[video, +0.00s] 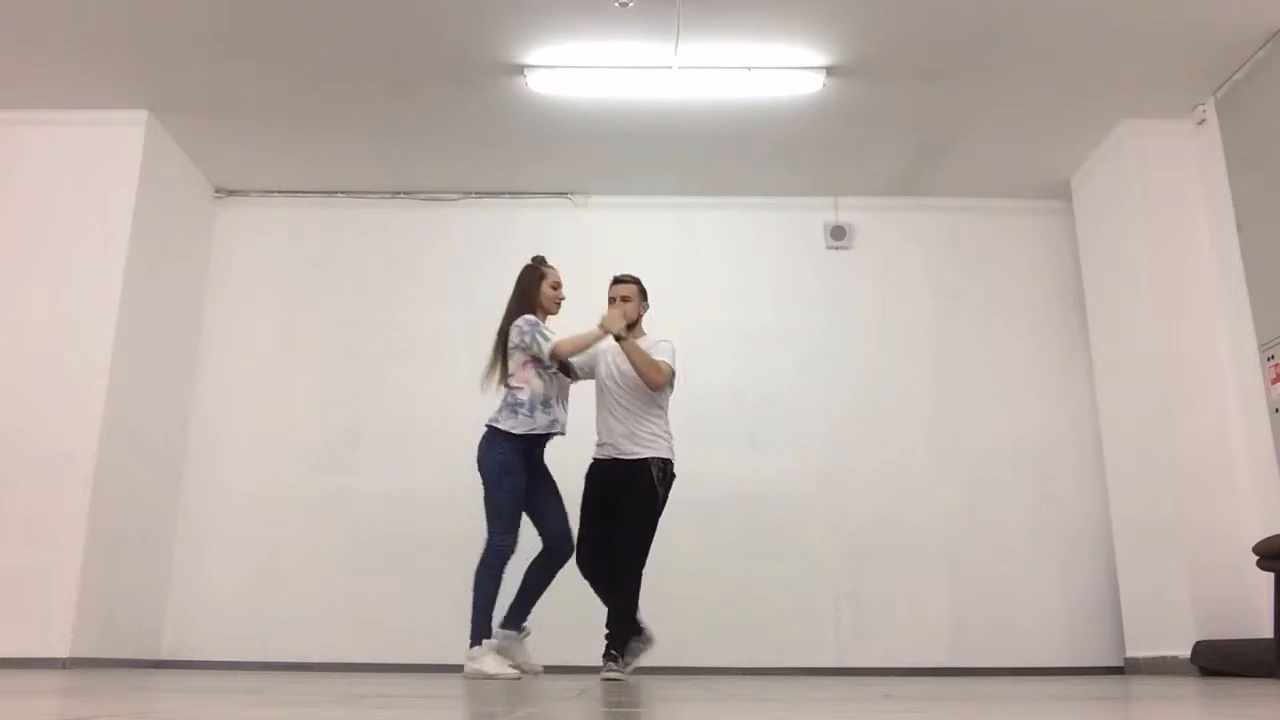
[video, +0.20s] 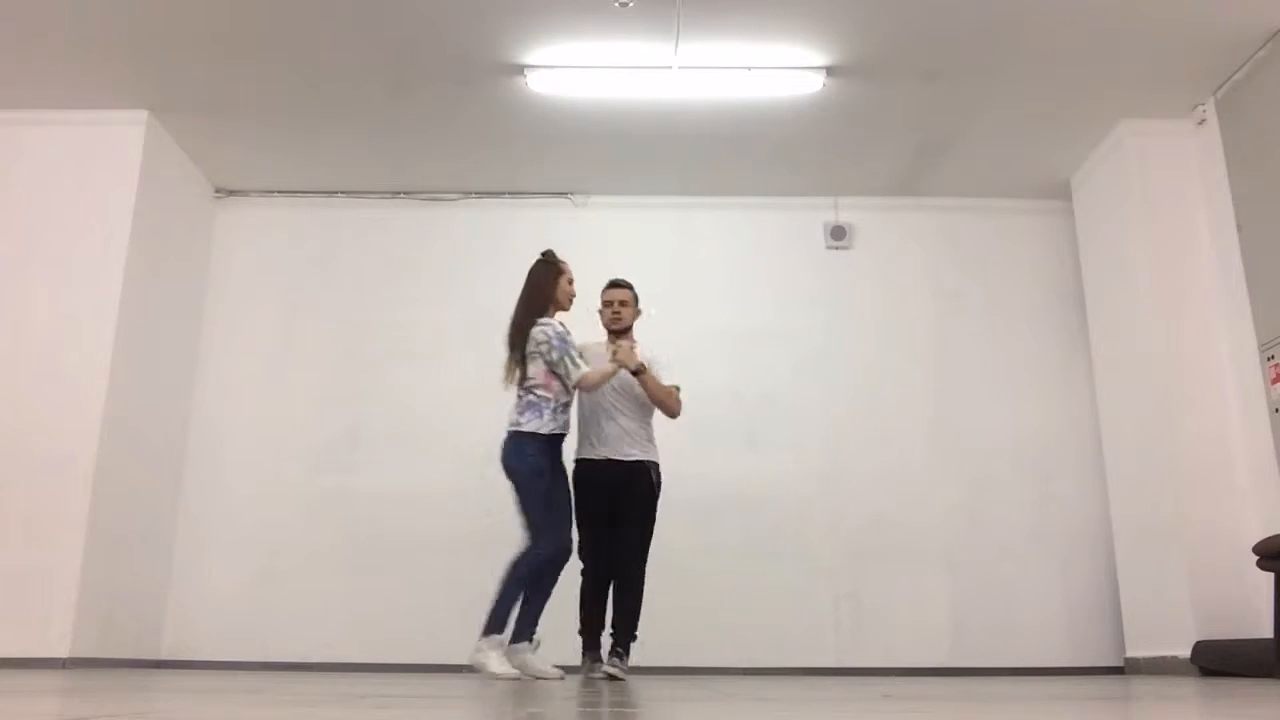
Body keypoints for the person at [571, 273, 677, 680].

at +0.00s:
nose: (618, 306)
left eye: (626, 300)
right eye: (612, 301)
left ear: (644, 307)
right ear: (607, 307)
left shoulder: (660, 346)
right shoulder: (601, 351)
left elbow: (657, 378)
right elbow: (560, 368)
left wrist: (620, 336)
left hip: (649, 463)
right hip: (606, 462)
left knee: (628, 558)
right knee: (589, 556)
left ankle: (614, 652)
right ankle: (635, 631)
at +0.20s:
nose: (615, 311)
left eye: (622, 305)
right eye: (609, 305)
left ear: (637, 312)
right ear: (600, 311)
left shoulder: (650, 359)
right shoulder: (584, 354)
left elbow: (673, 408)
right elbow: (554, 388)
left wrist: (638, 369)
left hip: (638, 470)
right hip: (591, 468)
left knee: (631, 565)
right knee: (595, 564)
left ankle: (620, 651)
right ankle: (591, 649)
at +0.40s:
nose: (607, 316)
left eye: (614, 310)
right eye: (600, 309)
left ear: (624, 317)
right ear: (586, 313)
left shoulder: (631, 364)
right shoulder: (570, 352)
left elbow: (671, 406)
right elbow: (512, 361)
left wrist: (663, 366)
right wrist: (546, 351)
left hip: (621, 468)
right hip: (579, 464)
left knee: (637, 550)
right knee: (585, 553)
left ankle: (627, 638)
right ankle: (588, 639)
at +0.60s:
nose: (610, 284)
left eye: (596, 276)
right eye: (609, 277)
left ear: (572, 282)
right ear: (611, 280)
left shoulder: (560, 327)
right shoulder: (628, 316)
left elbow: (513, 360)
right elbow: (676, 342)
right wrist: (671, 320)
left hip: (559, 446)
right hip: (602, 446)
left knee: (571, 546)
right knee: (629, 546)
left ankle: (538, 637)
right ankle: (638, 643)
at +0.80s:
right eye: (626, 276)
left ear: (588, 283)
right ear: (628, 281)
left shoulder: (574, 323)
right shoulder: (647, 316)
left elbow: (517, 354)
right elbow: (682, 332)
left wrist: (528, 344)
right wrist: (660, 304)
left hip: (598, 431)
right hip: (645, 428)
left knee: (611, 541)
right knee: (649, 542)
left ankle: (582, 644)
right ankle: (639, 649)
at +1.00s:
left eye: (601, 281)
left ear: (603, 291)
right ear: (643, 287)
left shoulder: (585, 326)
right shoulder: (656, 325)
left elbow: (525, 343)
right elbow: (636, 307)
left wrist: (500, 333)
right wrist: (604, 284)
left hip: (608, 437)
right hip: (657, 432)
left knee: (601, 541)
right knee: (650, 543)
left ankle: (593, 638)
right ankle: (639, 649)